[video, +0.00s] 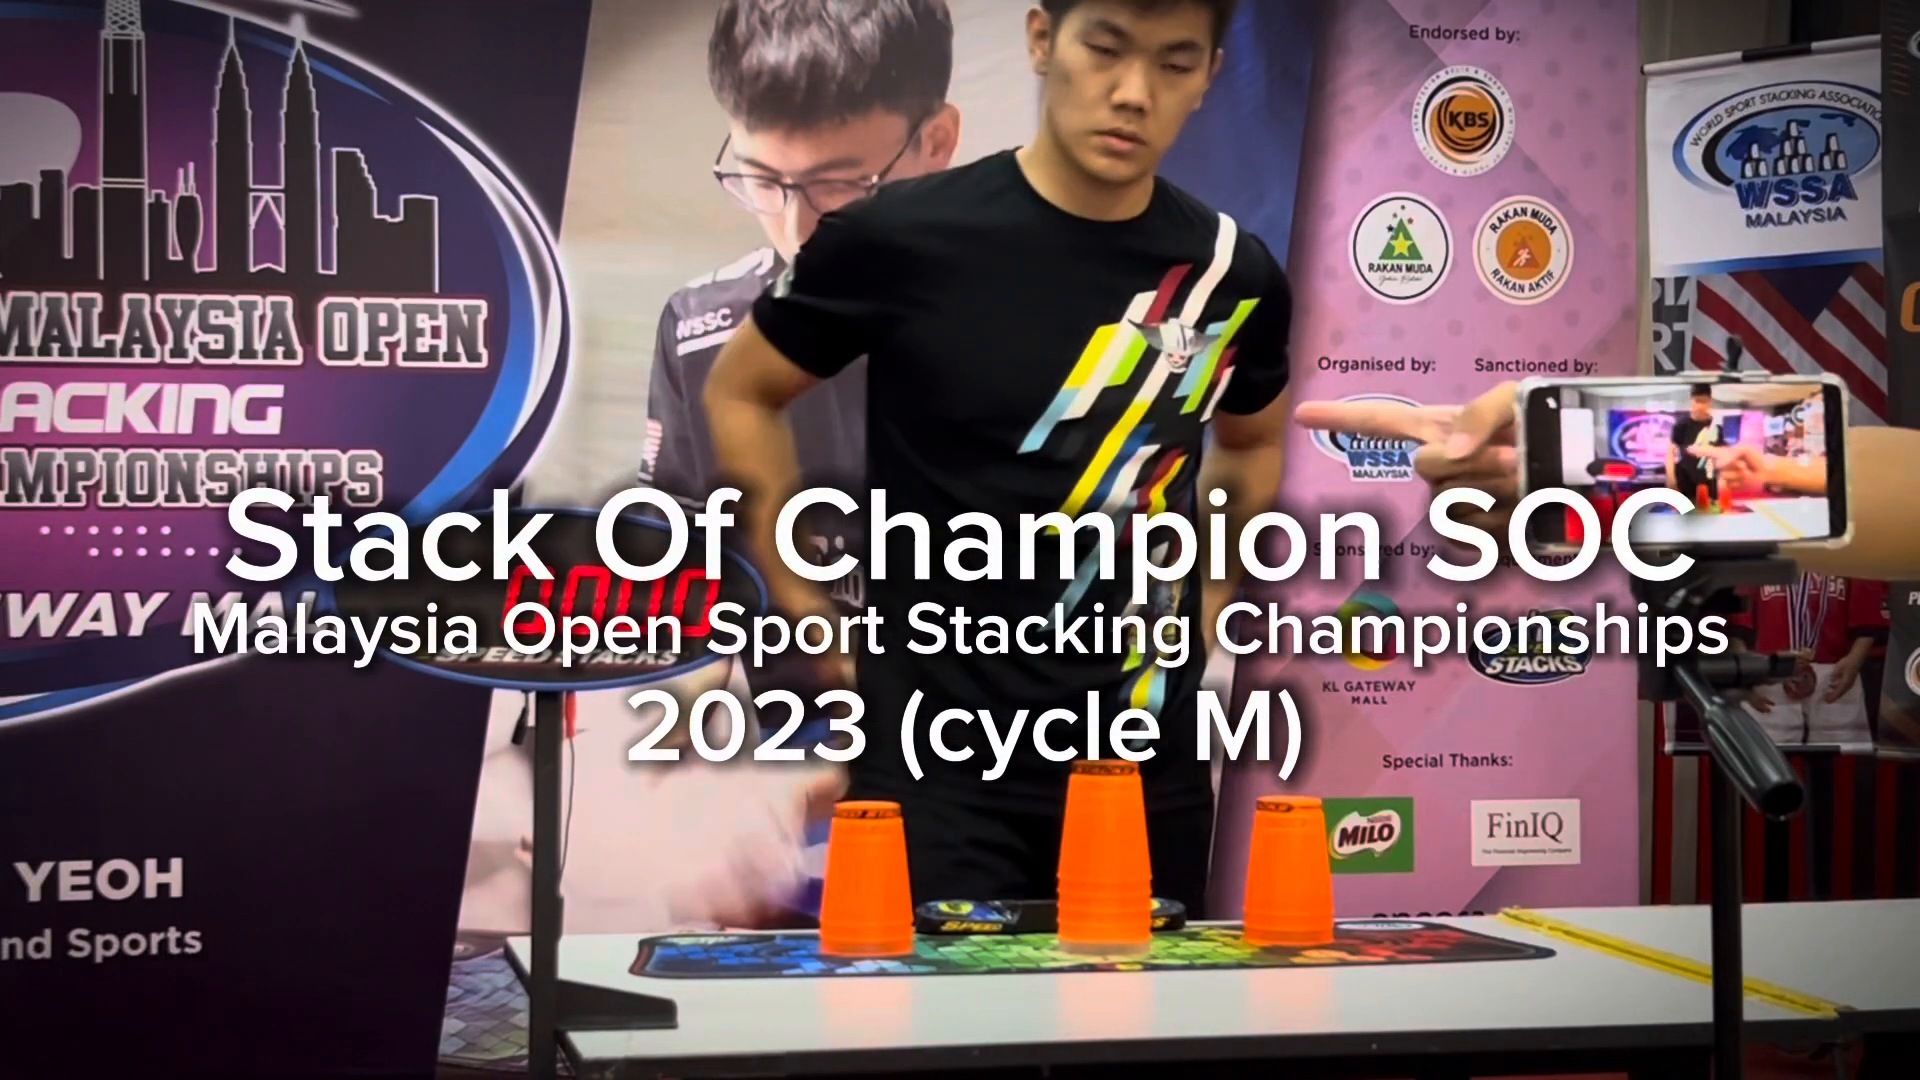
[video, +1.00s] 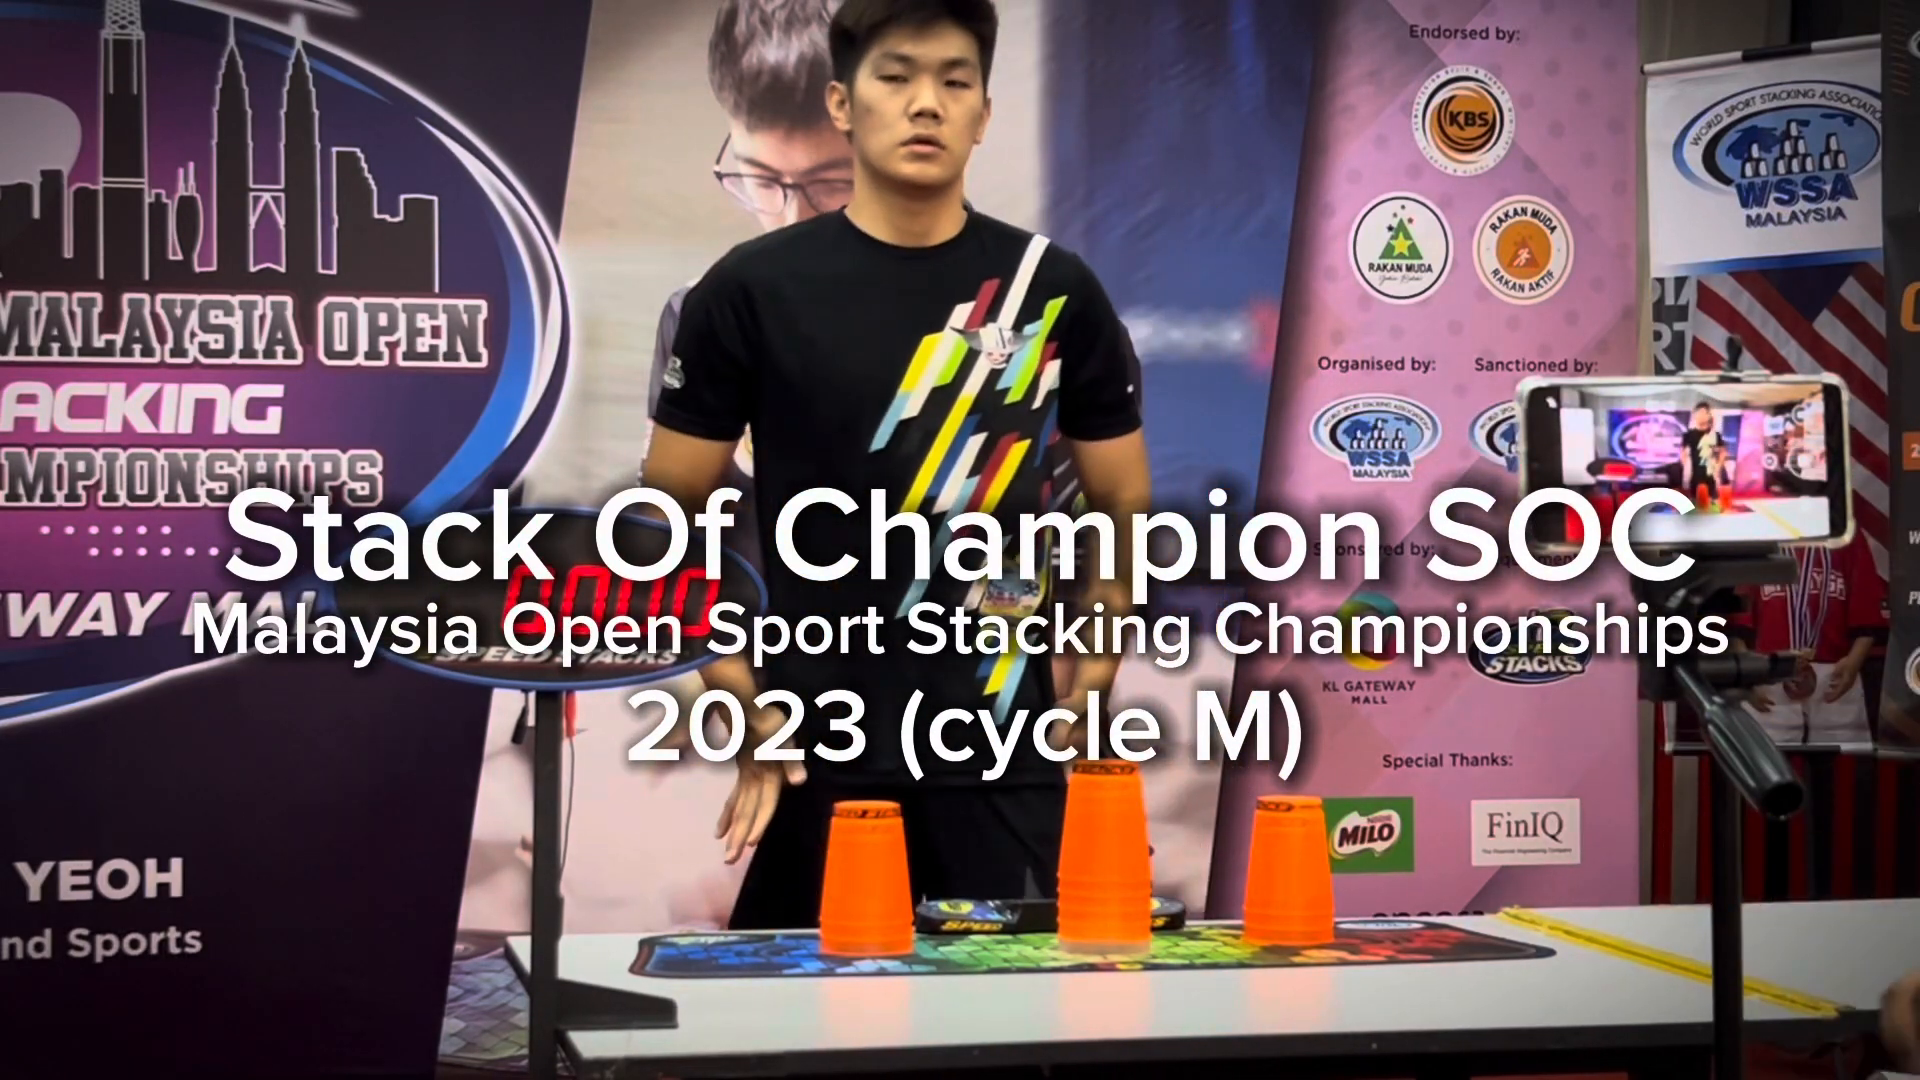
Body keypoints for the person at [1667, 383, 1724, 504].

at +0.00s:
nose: (1700, 406)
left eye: (1704, 402)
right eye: (1697, 401)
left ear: (1710, 402)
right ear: (1692, 402)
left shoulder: (1716, 427)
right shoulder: (1682, 425)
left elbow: (1720, 454)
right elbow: (1672, 453)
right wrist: (1671, 478)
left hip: (1708, 476)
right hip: (1685, 476)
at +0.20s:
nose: (1711, 410)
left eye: (1715, 406)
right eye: (1708, 405)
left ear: (1719, 407)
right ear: (1702, 405)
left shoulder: (1722, 430)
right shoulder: (1689, 429)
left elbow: (1726, 457)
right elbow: (1684, 458)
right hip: (1694, 485)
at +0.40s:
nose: (1714, 409)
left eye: (1718, 406)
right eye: (1712, 405)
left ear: (1722, 408)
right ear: (1706, 406)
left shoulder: (1726, 429)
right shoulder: (1694, 429)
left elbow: (1728, 456)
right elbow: (1689, 457)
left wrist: (1731, 479)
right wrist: (1686, 483)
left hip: (1719, 482)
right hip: (1699, 481)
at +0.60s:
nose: (1712, 410)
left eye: (1715, 406)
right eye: (1709, 406)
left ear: (1720, 409)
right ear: (1704, 408)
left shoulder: (1725, 430)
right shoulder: (1695, 430)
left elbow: (1729, 456)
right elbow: (1689, 457)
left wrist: (1730, 478)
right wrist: (1687, 481)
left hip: (1719, 480)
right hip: (1700, 479)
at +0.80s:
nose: (1708, 412)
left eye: (1711, 408)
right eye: (1705, 408)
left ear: (1715, 411)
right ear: (1700, 411)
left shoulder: (1720, 433)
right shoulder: (1693, 433)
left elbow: (1724, 454)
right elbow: (1687, 457)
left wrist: (1725, 472)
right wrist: (1686, 479)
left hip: (1716, 476)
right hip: (1699, 476)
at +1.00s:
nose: (1702, 416)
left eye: (1705, 413)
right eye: (1699, 413)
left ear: (1709, 415)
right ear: (1694, 415)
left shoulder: (1715, 435)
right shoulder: (1689, 435)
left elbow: (1722, 451)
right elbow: (1684, 452)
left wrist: (1719, 465)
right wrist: (1686, 465)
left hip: (1711, 468)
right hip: (1695, 469)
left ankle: (1714, 500)